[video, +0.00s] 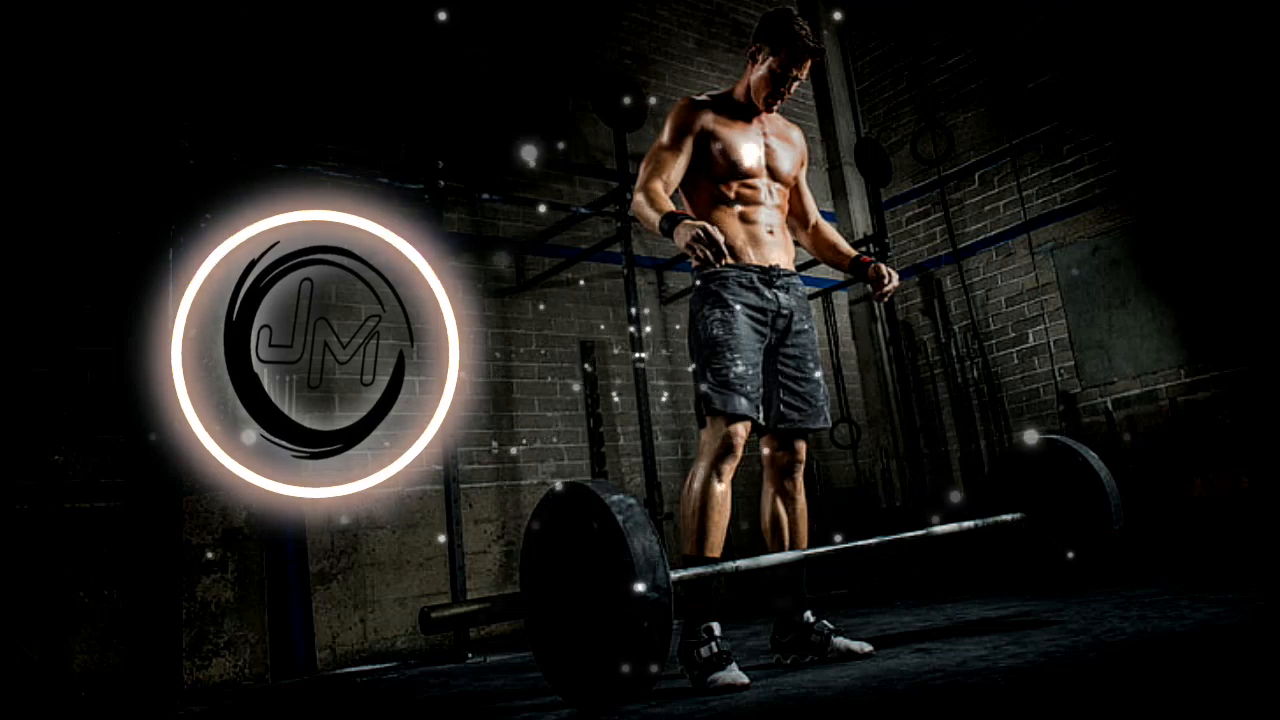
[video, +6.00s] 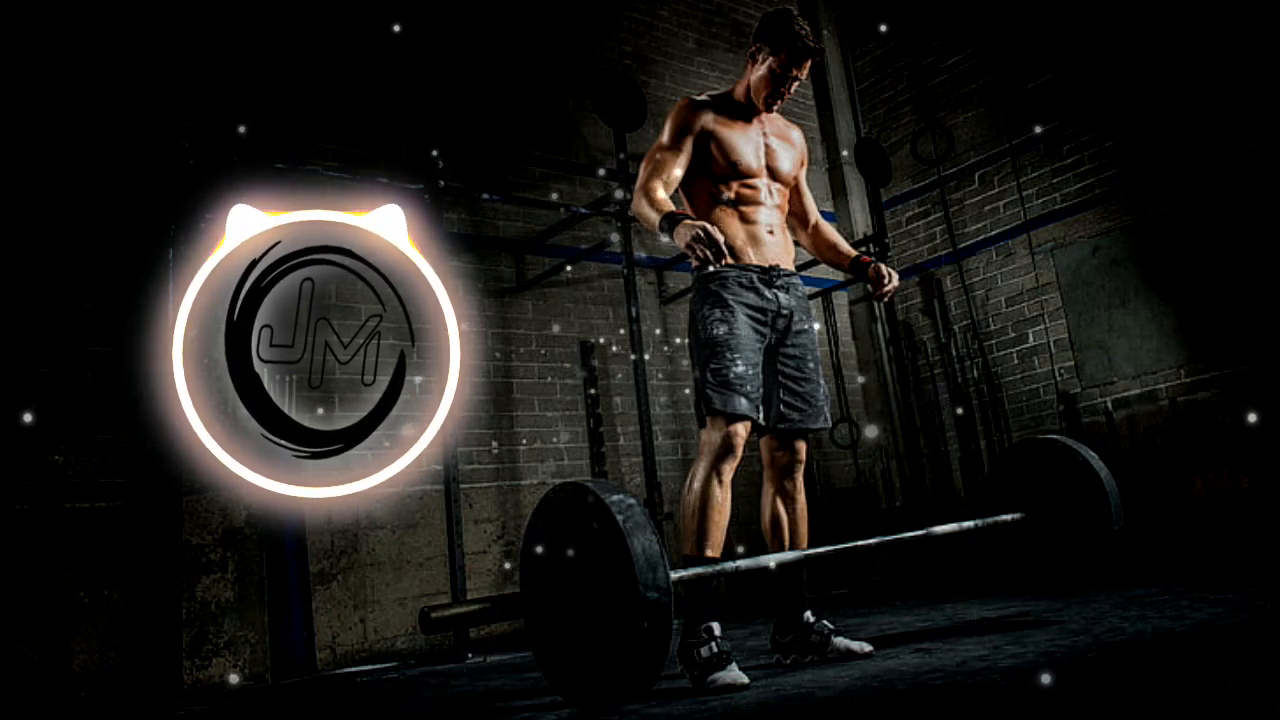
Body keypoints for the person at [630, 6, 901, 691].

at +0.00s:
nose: (790, 89)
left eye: (800, 79)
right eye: (786, 73)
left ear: (802, 77)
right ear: (756, 57)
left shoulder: (792, 136)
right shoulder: (697, 115)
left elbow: (808, 224)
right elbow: (645, 198)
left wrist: (860, 264)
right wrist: (677, 226)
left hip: (790, 297)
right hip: (730, 293)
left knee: (790, 455)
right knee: (729, 438)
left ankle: (797, 624)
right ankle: (699, 634)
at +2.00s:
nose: (787, 93)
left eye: (798, 83)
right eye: (783, 76)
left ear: (802, 77)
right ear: (756, 57)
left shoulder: (792, 135)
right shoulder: (698, 115)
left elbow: (808, 224)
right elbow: (645, 198)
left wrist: (860, 265)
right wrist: (676, 226)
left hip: (790, 296)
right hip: (730, 292)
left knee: (790, 454)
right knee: (729, 437)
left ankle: (797, 624)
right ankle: (698, 634)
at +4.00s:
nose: (788, 93)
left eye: (798, 82)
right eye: (785, 77)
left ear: (801, 77)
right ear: (756, 59)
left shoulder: (792, 137)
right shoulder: (697, 115)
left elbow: (809, 224)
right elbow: (645, 199)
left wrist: (861, 265)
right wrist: (676, 225)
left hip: (790, 296)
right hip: (730, 292)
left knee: (790, 454)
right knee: (729, 438)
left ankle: (798, 626)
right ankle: (699, 634)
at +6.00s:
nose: (789, 89)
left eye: (799, 79)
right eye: (787, 73)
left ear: (800, 76)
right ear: (756, 57)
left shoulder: (792, 137)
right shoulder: (697, 116)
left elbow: (808, 224)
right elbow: (646, 198)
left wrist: (860, 264)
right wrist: (676, 226)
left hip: (791, 297)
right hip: (731, 292)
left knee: (790, 455)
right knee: (729, 437)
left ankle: (797, 624)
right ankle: (699, 634)